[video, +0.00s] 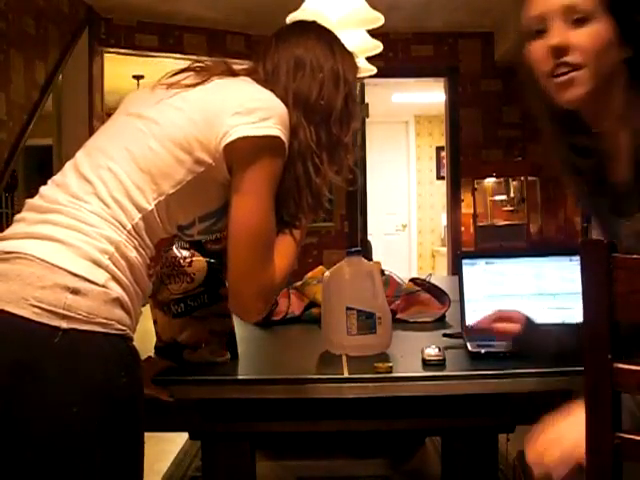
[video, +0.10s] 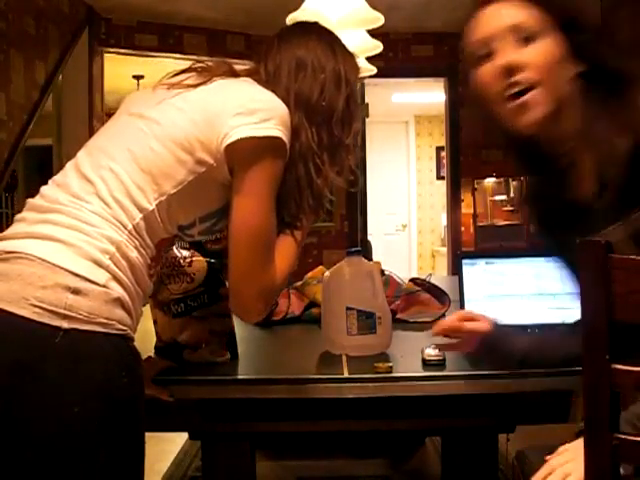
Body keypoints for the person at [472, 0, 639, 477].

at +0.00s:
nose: (556, 43)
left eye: (579, 19)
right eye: (538, 31)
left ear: (623, 33)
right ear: (528, 56)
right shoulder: (593, 160)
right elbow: (625, 330)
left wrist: (605, 410)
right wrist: (536, 337)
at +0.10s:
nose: (505, 63)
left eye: (525, 38)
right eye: (483, 55)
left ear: (574, 55)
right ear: (475, 90)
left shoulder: (634, 162)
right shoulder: (551, 192)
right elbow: (614, 334)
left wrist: (612, 443)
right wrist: (502, 342)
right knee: (522, 456)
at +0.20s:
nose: (443, 101)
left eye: (463, 75)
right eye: (421, 97)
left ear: (510, 87)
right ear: (417, 135)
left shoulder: (611, 144)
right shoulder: (492, 235)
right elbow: (570, 370)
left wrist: (610, 440)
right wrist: (452, 357)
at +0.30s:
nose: (393, 141)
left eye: (408, 115)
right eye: (368, 139)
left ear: (452, 121)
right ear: (363, 179)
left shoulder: (559, 161)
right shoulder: (445, 277)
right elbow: (543, 409)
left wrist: (605, 441)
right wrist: (413, 389)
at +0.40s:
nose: (357, 169)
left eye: (370, 142)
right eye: (333, 169)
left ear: (420, 149)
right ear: (335, 218)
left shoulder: (530, 171)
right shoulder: (421, 309)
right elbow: (527, 422)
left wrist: (608, 448)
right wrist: (387, 408)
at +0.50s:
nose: (335, 192)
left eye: (346, 163)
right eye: (309, 190)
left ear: (394, 165)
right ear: (309, 235)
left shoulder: (503, 185)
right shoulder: (404, 323)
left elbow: (635, 271)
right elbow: (524, 424)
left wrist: (609, 445)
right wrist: (389, 421)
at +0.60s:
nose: (320, 205)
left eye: (331, 177)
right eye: (296, 207)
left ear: (376, 177)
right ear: (304, 256)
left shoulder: (481, 194)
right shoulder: (397, 336)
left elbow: (630, 277)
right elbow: (518, 425)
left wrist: (598, 444)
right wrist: (383, 428)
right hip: (583, 374)